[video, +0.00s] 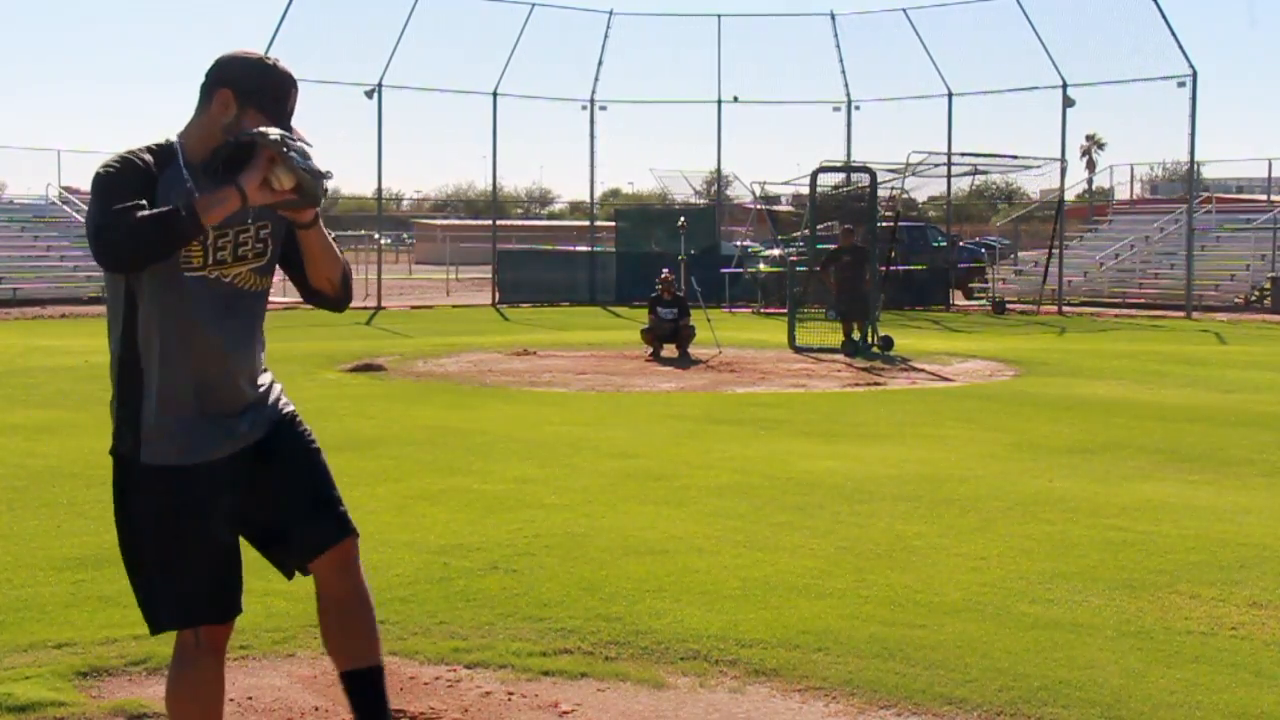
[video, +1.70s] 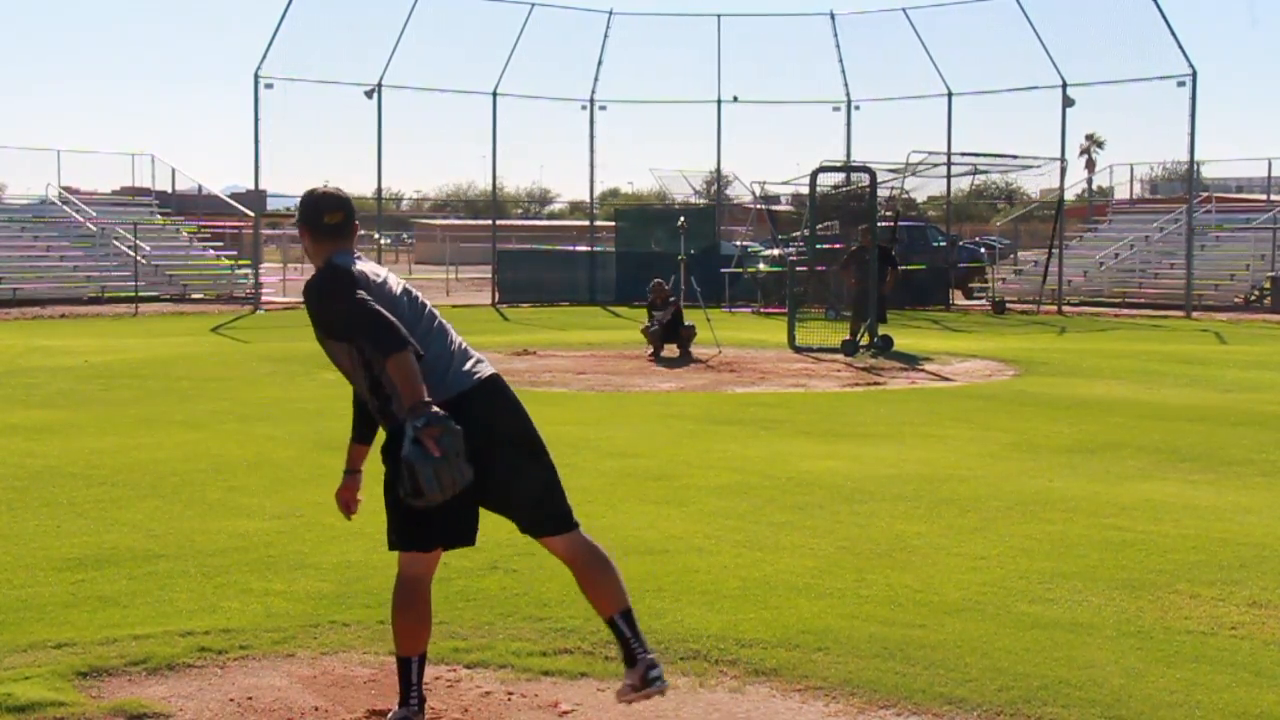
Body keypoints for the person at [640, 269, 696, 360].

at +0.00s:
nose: (666, 287)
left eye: (669, 284)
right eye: (664, 284)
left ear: (673, 285)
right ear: (660, 286)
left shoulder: (680, 300)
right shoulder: (654, 299)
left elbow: (686, 319)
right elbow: (651, 318)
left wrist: (673, 325)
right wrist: (662, 325)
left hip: (676, 328)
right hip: (660, 329)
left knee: (689, 330)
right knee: (645, 333)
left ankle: (682, 350)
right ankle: (656, 347)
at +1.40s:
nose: (667, 286)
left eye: (669, 283)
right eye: (664, 284)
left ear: (673, 284)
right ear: (660, 285)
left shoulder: (679, 299)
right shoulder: (654, 299)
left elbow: (685, 317)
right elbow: (649, 314)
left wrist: (675, 317)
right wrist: (652, 320)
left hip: (675, 325)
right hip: (660, 325)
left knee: (688, 330)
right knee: (648, 331)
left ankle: (683, 349)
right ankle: (656, 348)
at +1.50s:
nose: (664, 288)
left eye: (666, 285)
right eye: (661, 285)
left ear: (670, 286)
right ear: (658, 286)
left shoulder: (676, 299)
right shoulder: (653, 300)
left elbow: (682, 313)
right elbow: (649, 316)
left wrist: (672, 312)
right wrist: (648, 322)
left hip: (675, 324)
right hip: (660, 324)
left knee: (689, 330)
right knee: (649, 330)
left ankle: (683, 349)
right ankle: (656, 348)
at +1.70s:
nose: (658, 294)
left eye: (660, 291)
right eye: (655, 292)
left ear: (665, 291)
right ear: (651, 293)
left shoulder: (673, 302)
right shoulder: (651, 305)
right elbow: (651, 319)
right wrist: (653, 323)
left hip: (674, 330)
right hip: (660, 330)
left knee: (689, 329)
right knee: (651, 331)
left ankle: (684, 350)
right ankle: (656, 349)